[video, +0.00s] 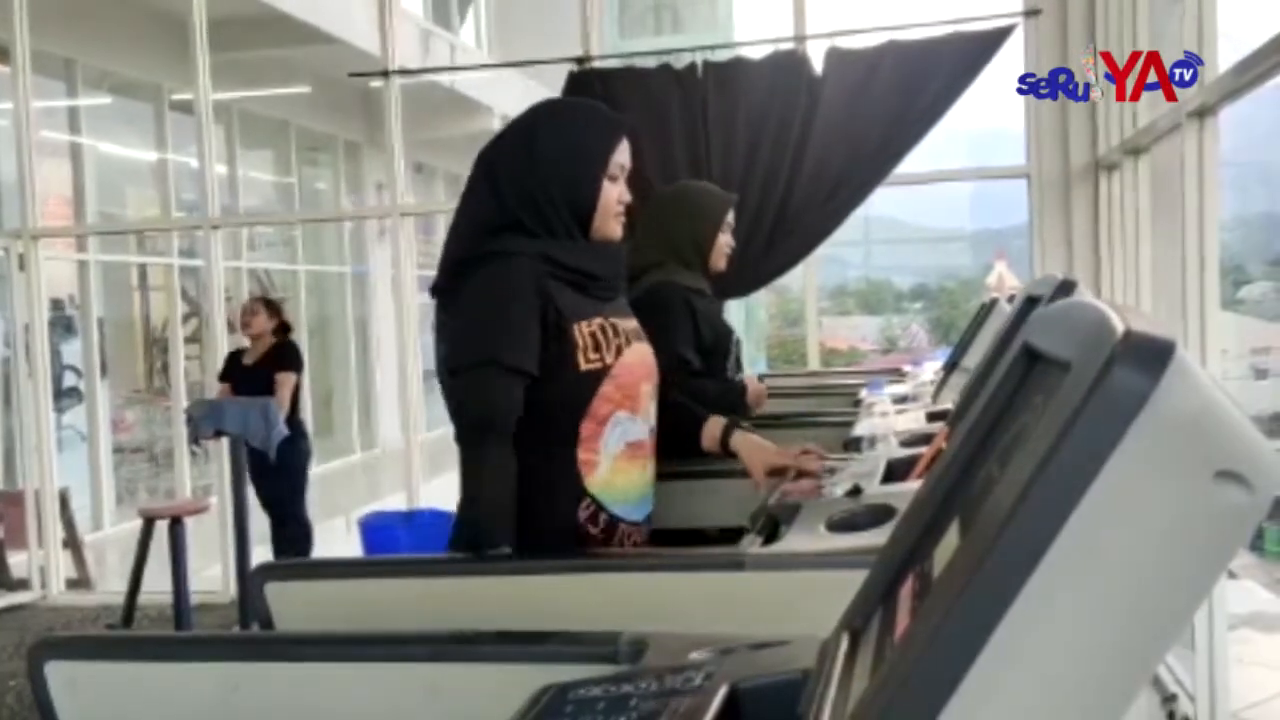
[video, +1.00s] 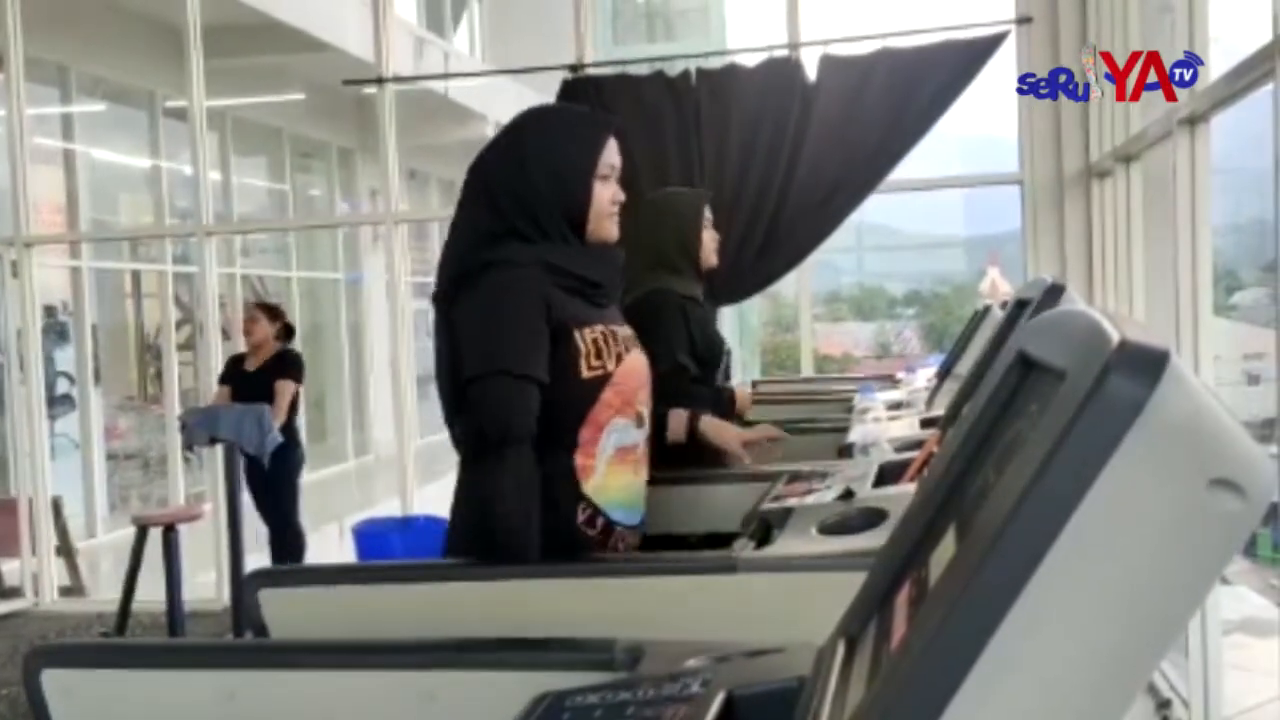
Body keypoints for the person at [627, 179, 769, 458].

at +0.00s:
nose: (731, 243)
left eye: (730, 232)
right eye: (724, 230)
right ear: (695, 230)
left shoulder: (688, 291)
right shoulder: (667, 295)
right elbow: (674, 387)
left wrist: (733, 388)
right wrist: (738, 396)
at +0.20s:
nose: (729, 234)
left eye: (729, 223)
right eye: (723, 222)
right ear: (692, 222)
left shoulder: (691, 286)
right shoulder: (660, 288)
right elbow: (660, 381)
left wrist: (737, 378)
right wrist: (727, 390)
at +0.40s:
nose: (724, 238)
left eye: (723, 227)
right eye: (716, 225)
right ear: (686, 226)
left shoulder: (692, 290)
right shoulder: (653, 292)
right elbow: (635, 386)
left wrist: (739, 370)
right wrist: (700, 403)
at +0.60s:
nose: (721, 236)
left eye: (719, 225)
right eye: (713, 224)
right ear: (684, 226)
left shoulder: (687, 292)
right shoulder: (652, 297)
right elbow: (646, 395)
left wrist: (736, 385)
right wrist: (718, 404)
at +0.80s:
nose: (717, 231)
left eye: (715, 220)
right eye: (709, 220)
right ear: (681, 223)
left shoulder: (682, 288)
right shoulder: (655, 292)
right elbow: (665, 384)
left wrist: (726, 384)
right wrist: (727, 391)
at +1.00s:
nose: (716, 237)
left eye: (712, 227)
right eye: (708, 227)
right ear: (681, 234)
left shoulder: (686, 297)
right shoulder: (662, 303)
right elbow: (674, 392)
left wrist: (728, 397)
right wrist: (728, 401)